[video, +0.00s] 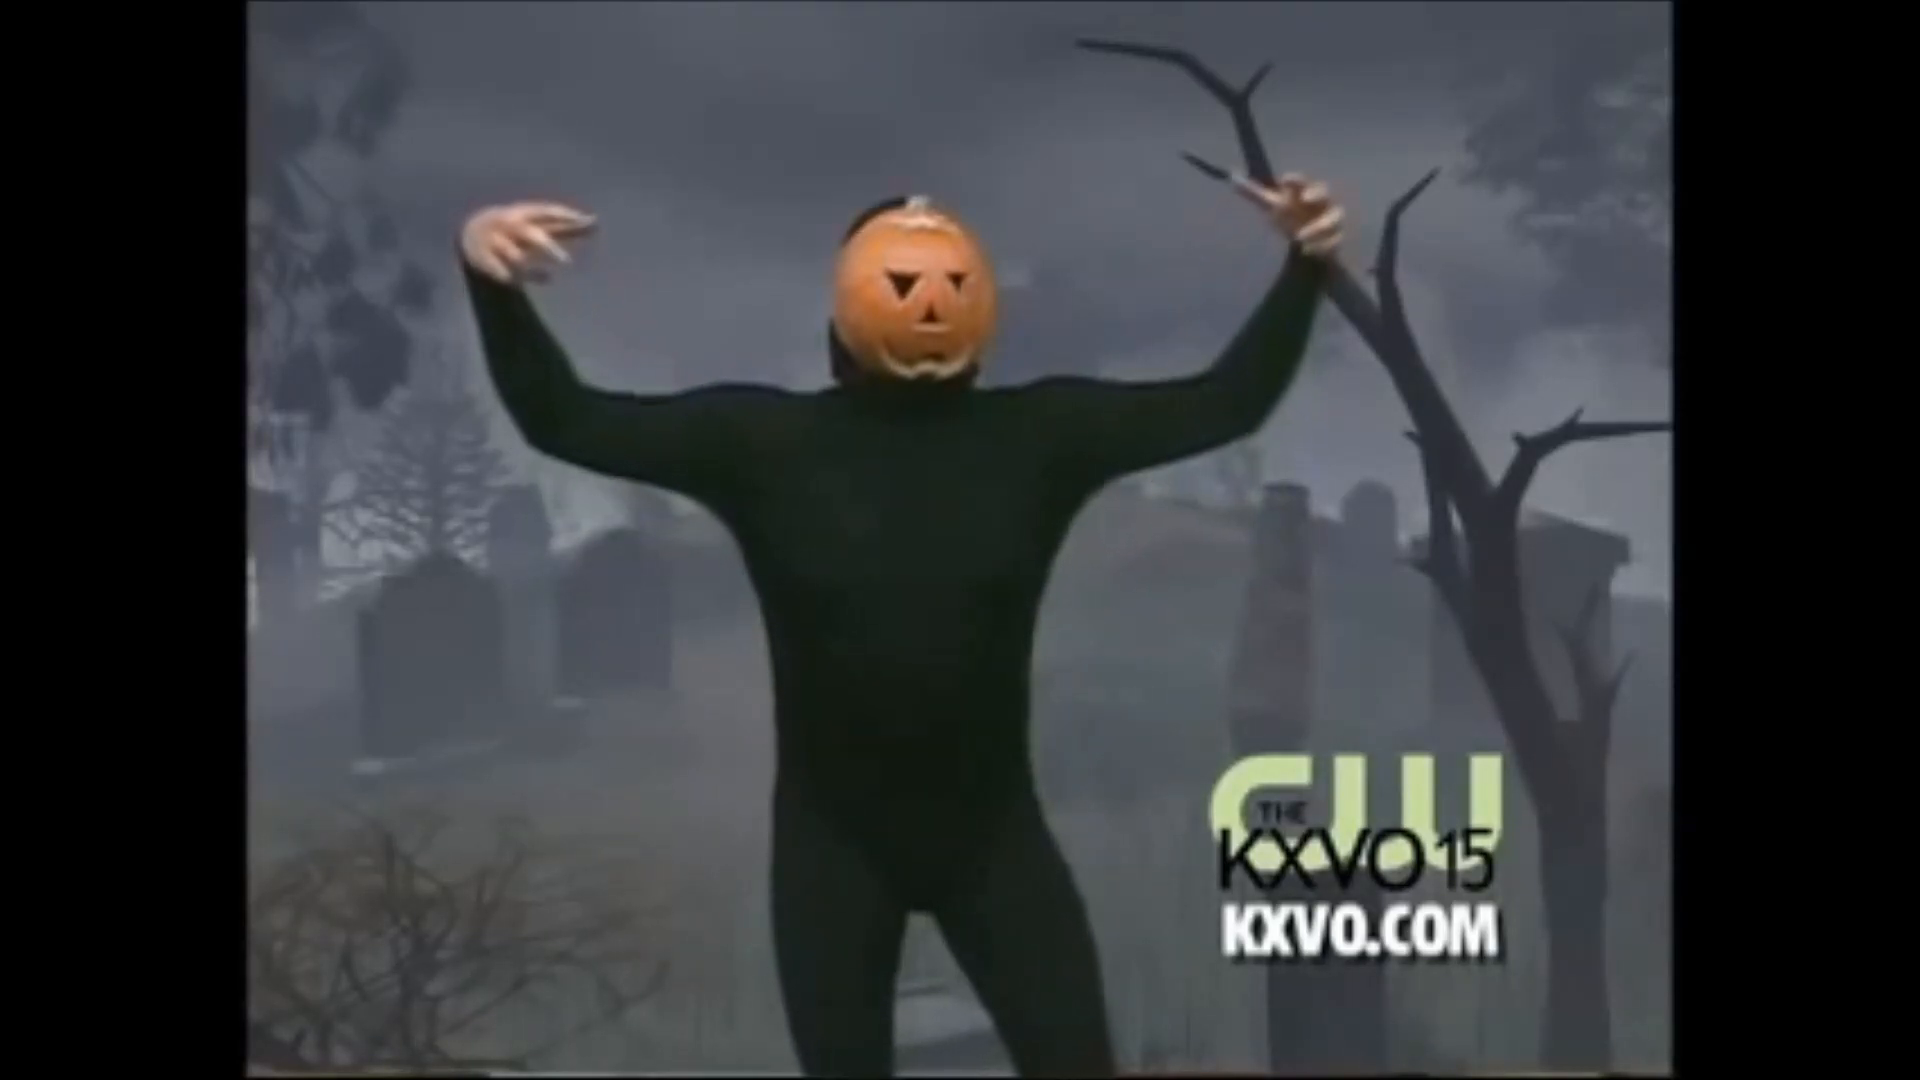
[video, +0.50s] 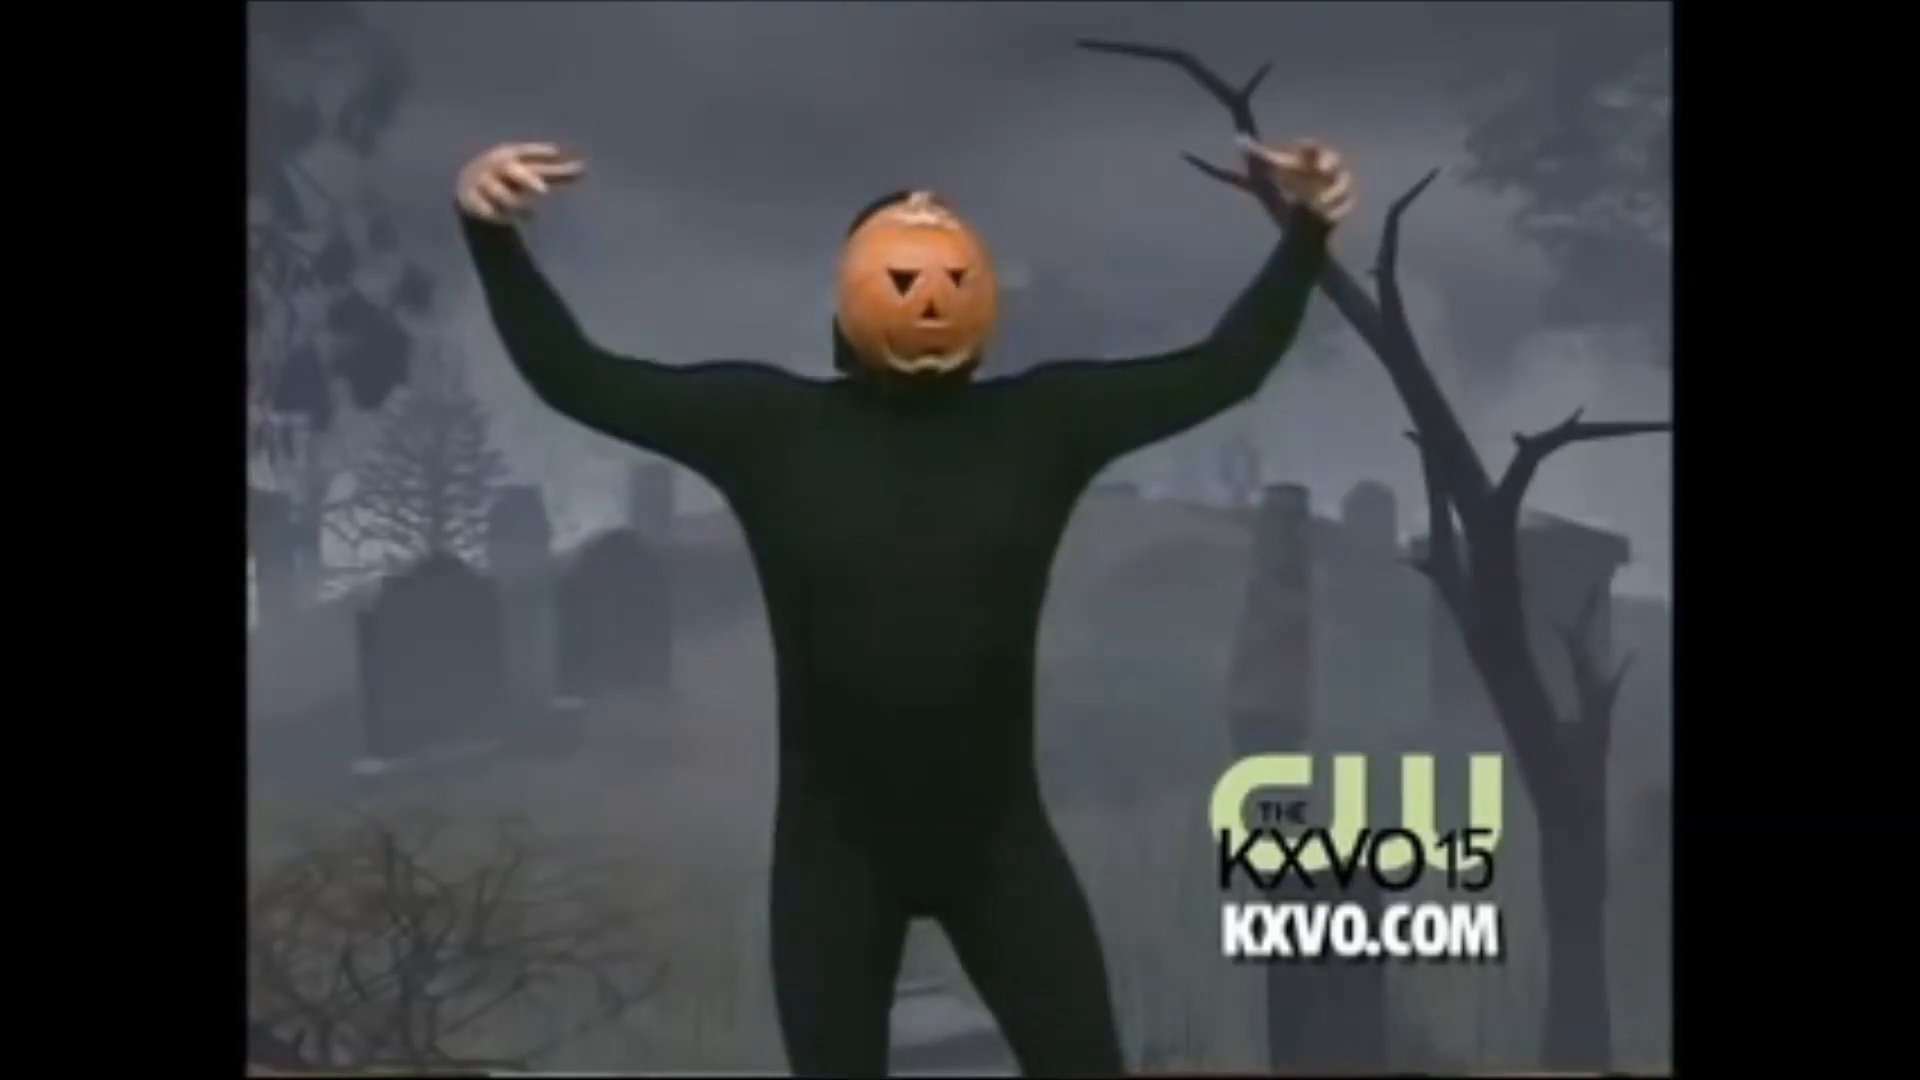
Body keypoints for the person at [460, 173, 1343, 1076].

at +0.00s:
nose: (927, 289)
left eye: (953, 271)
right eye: (893, 268)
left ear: (988, 315)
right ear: (838, 314)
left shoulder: (1051, 431)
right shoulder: (756, 439)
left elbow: (1231, 398)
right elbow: (560, 416)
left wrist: (1305, 268)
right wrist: (491, 280)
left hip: (996, 836)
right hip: (830, 844)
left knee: (1078, 1062)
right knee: (841, 1066)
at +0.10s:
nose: (928, 281)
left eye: (953, 266)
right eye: (894, 261)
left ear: (987, 314)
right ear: (838, 311)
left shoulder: (1050, 430)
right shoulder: (758, 435)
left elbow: (1229, 391)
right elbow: (563, 405)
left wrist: (1303, 259)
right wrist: (492, 266)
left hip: (996, 835)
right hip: (830, 844)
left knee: (1081, 1060)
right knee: (839, 1063)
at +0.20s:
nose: (925, 259)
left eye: (951, 252)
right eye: (891, 248)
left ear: (986, 311)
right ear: (837, 311)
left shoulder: (1049, 427)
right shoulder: (758, 432)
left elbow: (1228, 385)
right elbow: (564, 395)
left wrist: (1302, 251)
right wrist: (493, 257)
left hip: (997, 835)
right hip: (831, 843)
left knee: (1082, 1066)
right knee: (839, 1069)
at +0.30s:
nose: (926, 276)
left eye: (952, 261)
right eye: (893, 257)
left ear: (987, 310)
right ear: (839, 308)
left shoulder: (1050, 425)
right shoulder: (759, 428)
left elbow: (1227, 379)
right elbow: (565, 387)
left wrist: (1301, 245)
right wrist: (491, 246)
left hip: (998, 833)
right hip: (832, 841)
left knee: (1084, 1065)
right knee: (839, 1068)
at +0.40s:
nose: (926, 278)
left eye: (952, 262)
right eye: (893, 258)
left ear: (988, 306)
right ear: (841, 306)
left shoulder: (1051, 422)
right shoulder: (759, 425)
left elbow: (1229, 372)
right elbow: (566, 379)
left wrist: (1303, 237)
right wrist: (491, 240)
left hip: (999, 835)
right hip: (832, 842)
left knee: (1085, 1065)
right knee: (836, 1069)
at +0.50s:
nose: (926, 260)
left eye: (952, 250)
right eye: (892, 247)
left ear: (988, 309)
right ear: (838, 309)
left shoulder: (1053, 420)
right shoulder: (761, 423)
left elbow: (1229, 366)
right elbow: (571, 373)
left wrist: (1305, 234)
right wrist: (491, 233)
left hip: (1000, 838)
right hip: (833, 846)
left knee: (1087, 1068)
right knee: (834, 1072)